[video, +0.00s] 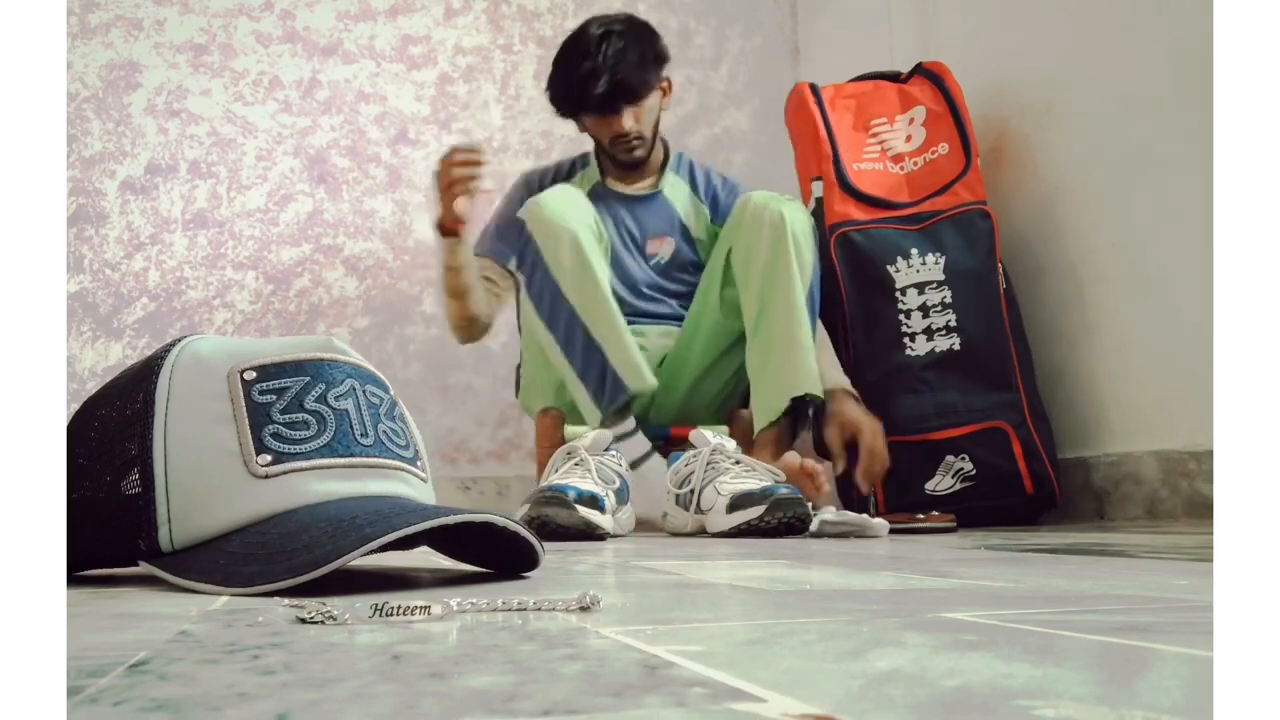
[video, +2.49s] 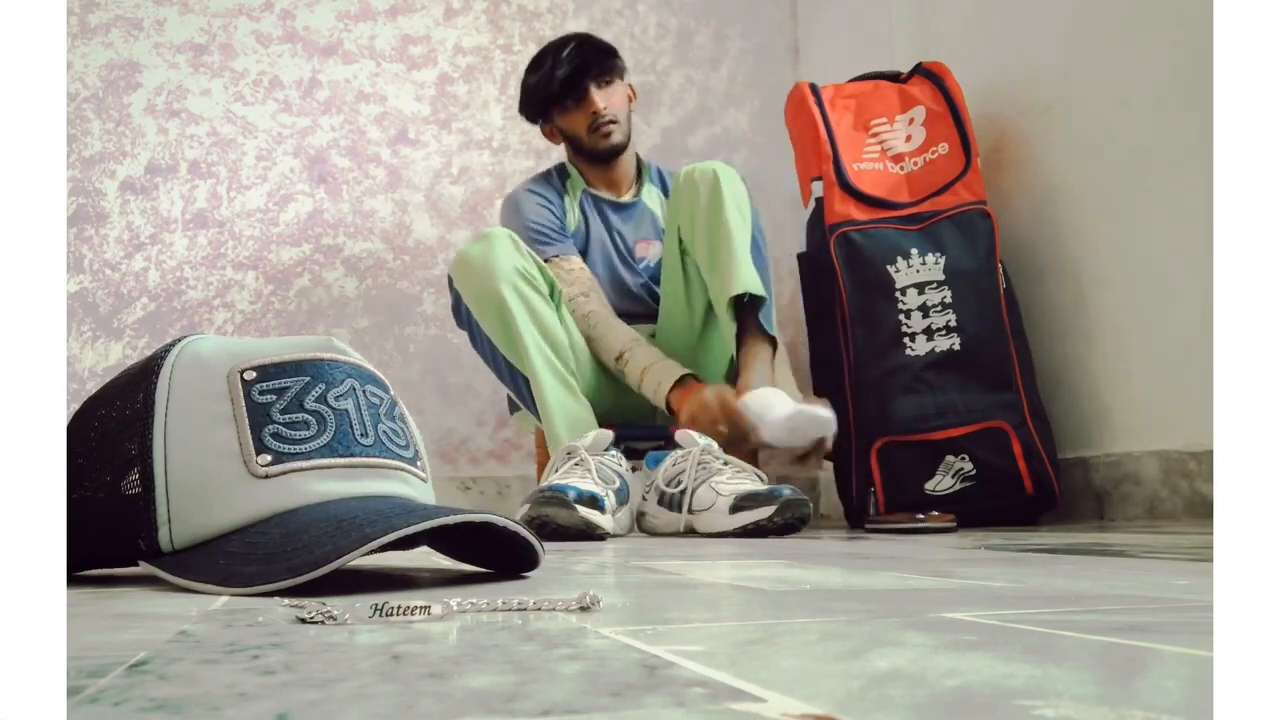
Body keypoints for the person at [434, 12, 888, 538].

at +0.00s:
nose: (624, 127)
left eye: (635, 103)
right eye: (602, 112)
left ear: (664, 92)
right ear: (577, 113)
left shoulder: (710, 192)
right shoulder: (543, 192)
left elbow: (784, 298)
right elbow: (470, 327)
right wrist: (455, 238)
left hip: (701, 383)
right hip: (595, 387)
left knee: (775, 214)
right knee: (552, 210)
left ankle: (766, 460)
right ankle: (583, 460)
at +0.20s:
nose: (657, 132)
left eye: (671, 109)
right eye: (636, 113)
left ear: (700, 91)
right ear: (608, 105)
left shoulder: (749, 184)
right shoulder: (569, 154)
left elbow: (817, 326)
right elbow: (565, 302)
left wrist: (844, 440)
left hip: (702, 382)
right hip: (598, 375)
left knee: (772, 208)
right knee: (487, 252)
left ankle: (742, 464)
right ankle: (583, 459)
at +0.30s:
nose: (667, 121)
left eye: (682, 96)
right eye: (644, 100)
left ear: (704, 80)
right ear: (606, 94)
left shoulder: (744, 179)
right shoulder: (561, 151)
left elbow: (812, 306)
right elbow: (602, 299)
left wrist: (844, 402)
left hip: (705, 383)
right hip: (605, 376)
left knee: (759, 200)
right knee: (502, 247)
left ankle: (742, 464)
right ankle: (586, 457)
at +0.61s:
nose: (675, 126)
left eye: (690, 101)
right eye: (652, 107)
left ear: (711, 86)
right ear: (616, 98)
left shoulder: (745, 183)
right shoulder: (566, 175)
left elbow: (807, 305)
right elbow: (614, 326)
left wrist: (843, 385)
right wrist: (729, 386)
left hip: (704, 383)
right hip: (606, 381)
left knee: (761, 204)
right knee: (502, 248)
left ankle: (734, 460)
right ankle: (585, 457)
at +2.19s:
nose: (626, 90)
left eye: (637, 67)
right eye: (601, 82)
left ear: (663, 75)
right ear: (578, 112)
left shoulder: (710, 188)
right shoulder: (553, 191)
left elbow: (755, 330)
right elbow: (611, 330)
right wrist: (701, 412)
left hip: (697, 379)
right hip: (597, 379)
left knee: (741, 187)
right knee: (496, 253)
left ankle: (720, 460)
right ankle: (591, 460)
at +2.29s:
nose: (613, 91)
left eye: (622, 71)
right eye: (589, 85)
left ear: (647, 81)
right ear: (567, 118)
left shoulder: (703, 190)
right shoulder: (547, 195)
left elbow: (765, 319)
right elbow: (606, 321)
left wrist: (814, 414)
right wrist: (695, 404)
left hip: (694, 379)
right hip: (594, 382)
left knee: (728, 183)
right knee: (491, 254)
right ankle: (586, 461)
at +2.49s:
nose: (597, 105)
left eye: (605, 84)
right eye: (573, 98)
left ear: (630, 95)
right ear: (552, 133)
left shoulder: (690, 192)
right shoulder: (534, 205)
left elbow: (755, 316)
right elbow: (593, 319)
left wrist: (757, 401)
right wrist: (681, 391)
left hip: (688, 375)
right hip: (592, 382)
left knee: (713, 178)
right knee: (482, 254)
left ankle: (755, 390)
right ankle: (585, 458)